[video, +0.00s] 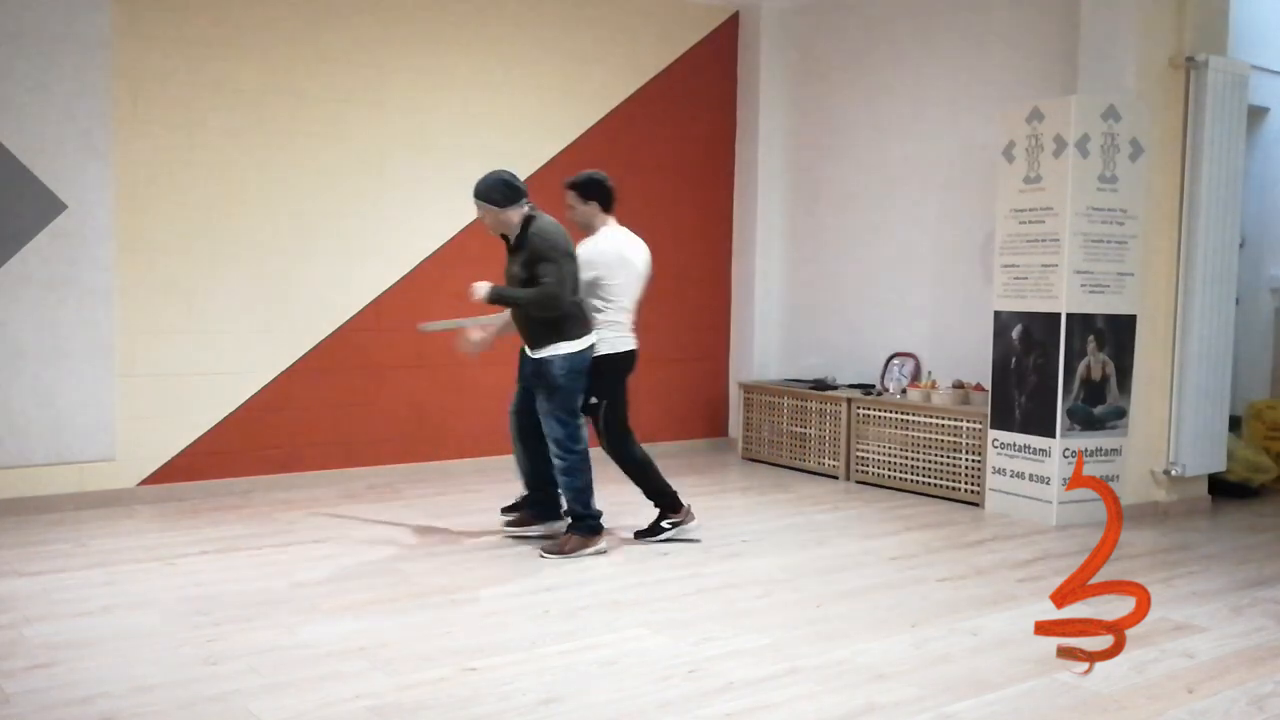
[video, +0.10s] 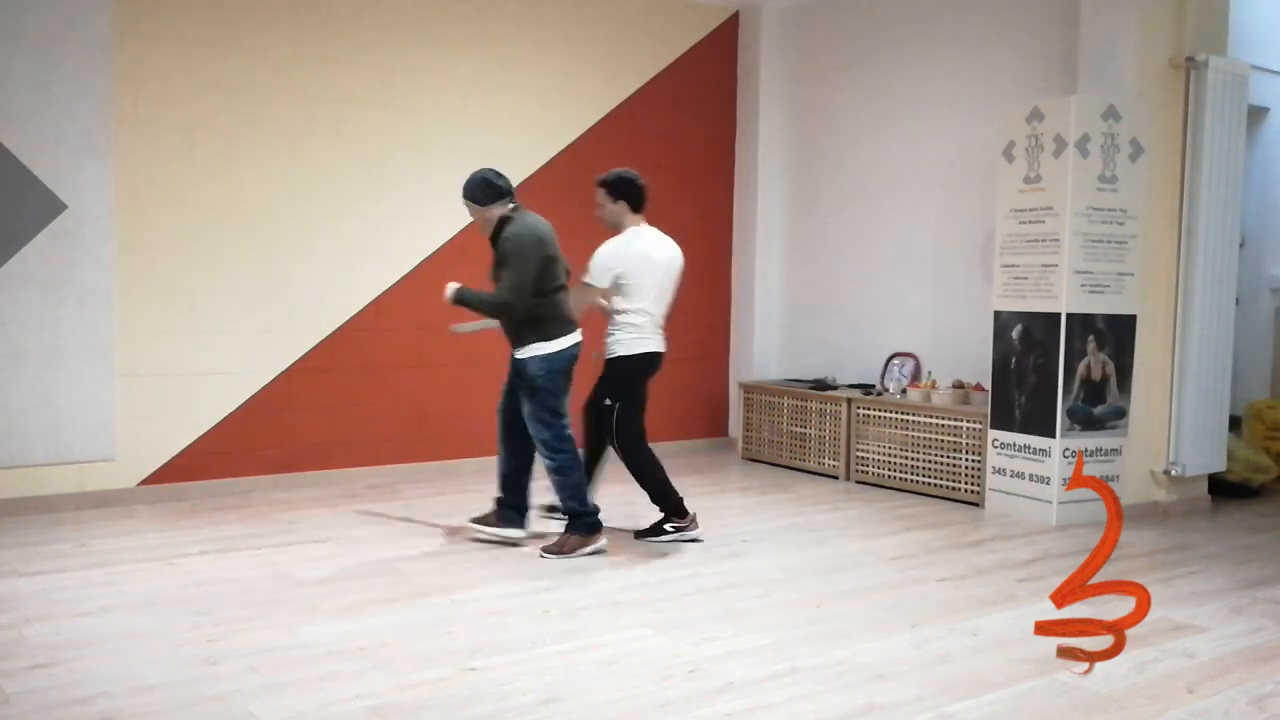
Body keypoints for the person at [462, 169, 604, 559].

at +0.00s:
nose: (481, 221)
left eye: (482, 213)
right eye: (479, 213)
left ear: (503, 208)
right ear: (506, 207)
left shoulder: (546, 236)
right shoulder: (518, 237)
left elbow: (555, 298)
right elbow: (530, 297)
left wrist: (494, 293)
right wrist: (493, 327)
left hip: (564, 352)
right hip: (537, 352)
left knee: (565, 438)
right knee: (526, 425)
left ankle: (586, 524)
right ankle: (544, 504)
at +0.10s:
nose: (473, 217)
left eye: (473, 209)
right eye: (471, 209)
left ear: (486, 206)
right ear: (506, 198)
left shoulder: (518, 237)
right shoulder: (527, 227)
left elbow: (511, 304)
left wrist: (460, 295)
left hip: (546, 351)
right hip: (535, 349)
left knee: (550, 433)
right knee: (514, 424)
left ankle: (584, 525)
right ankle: (511, 512)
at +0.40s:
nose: (451, 212)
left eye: (450, 207)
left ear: (453, 207)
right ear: (485, 204)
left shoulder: (449, 241)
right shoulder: (514, 240)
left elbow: (421, 293)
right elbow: (544, 299)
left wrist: (404, 319)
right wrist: (553, 349)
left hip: (468, 357)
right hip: (507, 356)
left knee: (444, 436)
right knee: (471, 442)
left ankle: (511, 492)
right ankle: (460, 529)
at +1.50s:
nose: (497, 219)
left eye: (498, 212)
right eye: (492, 211)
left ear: (472, 213)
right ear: (471, 212)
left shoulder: (461, 243)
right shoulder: (454, 250)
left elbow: (477, 297)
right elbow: (448, 311)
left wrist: (513, 315)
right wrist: (451, 364)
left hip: (461, 347)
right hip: (468, 350)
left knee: (454, 413)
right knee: (476, 422)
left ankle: (403, 469)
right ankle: (462, 492)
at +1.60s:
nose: (503, 216)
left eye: (505, 210)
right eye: (497, 210)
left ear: (497, 210)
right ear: (477, 210)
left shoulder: (478, 242)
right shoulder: (457, 247)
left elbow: (485, 298)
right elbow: (455, 305)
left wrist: (513, 322)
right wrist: (465, 359)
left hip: (486, 344)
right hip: (466, 346)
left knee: (487, 411)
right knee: (478, 417)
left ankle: (440, 468)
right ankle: (462, 489)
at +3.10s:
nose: (524, 196)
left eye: (530, 187)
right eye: (514, 188)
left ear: (540, 192)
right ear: (499, 196)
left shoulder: (567, 238)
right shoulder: (480, 241)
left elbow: (589, 297)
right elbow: (422, 245)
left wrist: (556, 314)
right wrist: (426, 190)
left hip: (553, 367)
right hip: (498, 368)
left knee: (563, 453)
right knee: (492, 453)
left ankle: (567, 543)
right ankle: (502, 533)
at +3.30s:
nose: (546, 188)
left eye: (547, 179)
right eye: (536, 181)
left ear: (555, 183)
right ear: (516, 189)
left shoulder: (569, 231)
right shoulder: (489, 217)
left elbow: (551, 280)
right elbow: (485, 243)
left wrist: (516, 232)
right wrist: (514, 213)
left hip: (544, 374)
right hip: (487, 368)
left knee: (567, 463)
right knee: (466, 446)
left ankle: (572, 547)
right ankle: (466, 542)